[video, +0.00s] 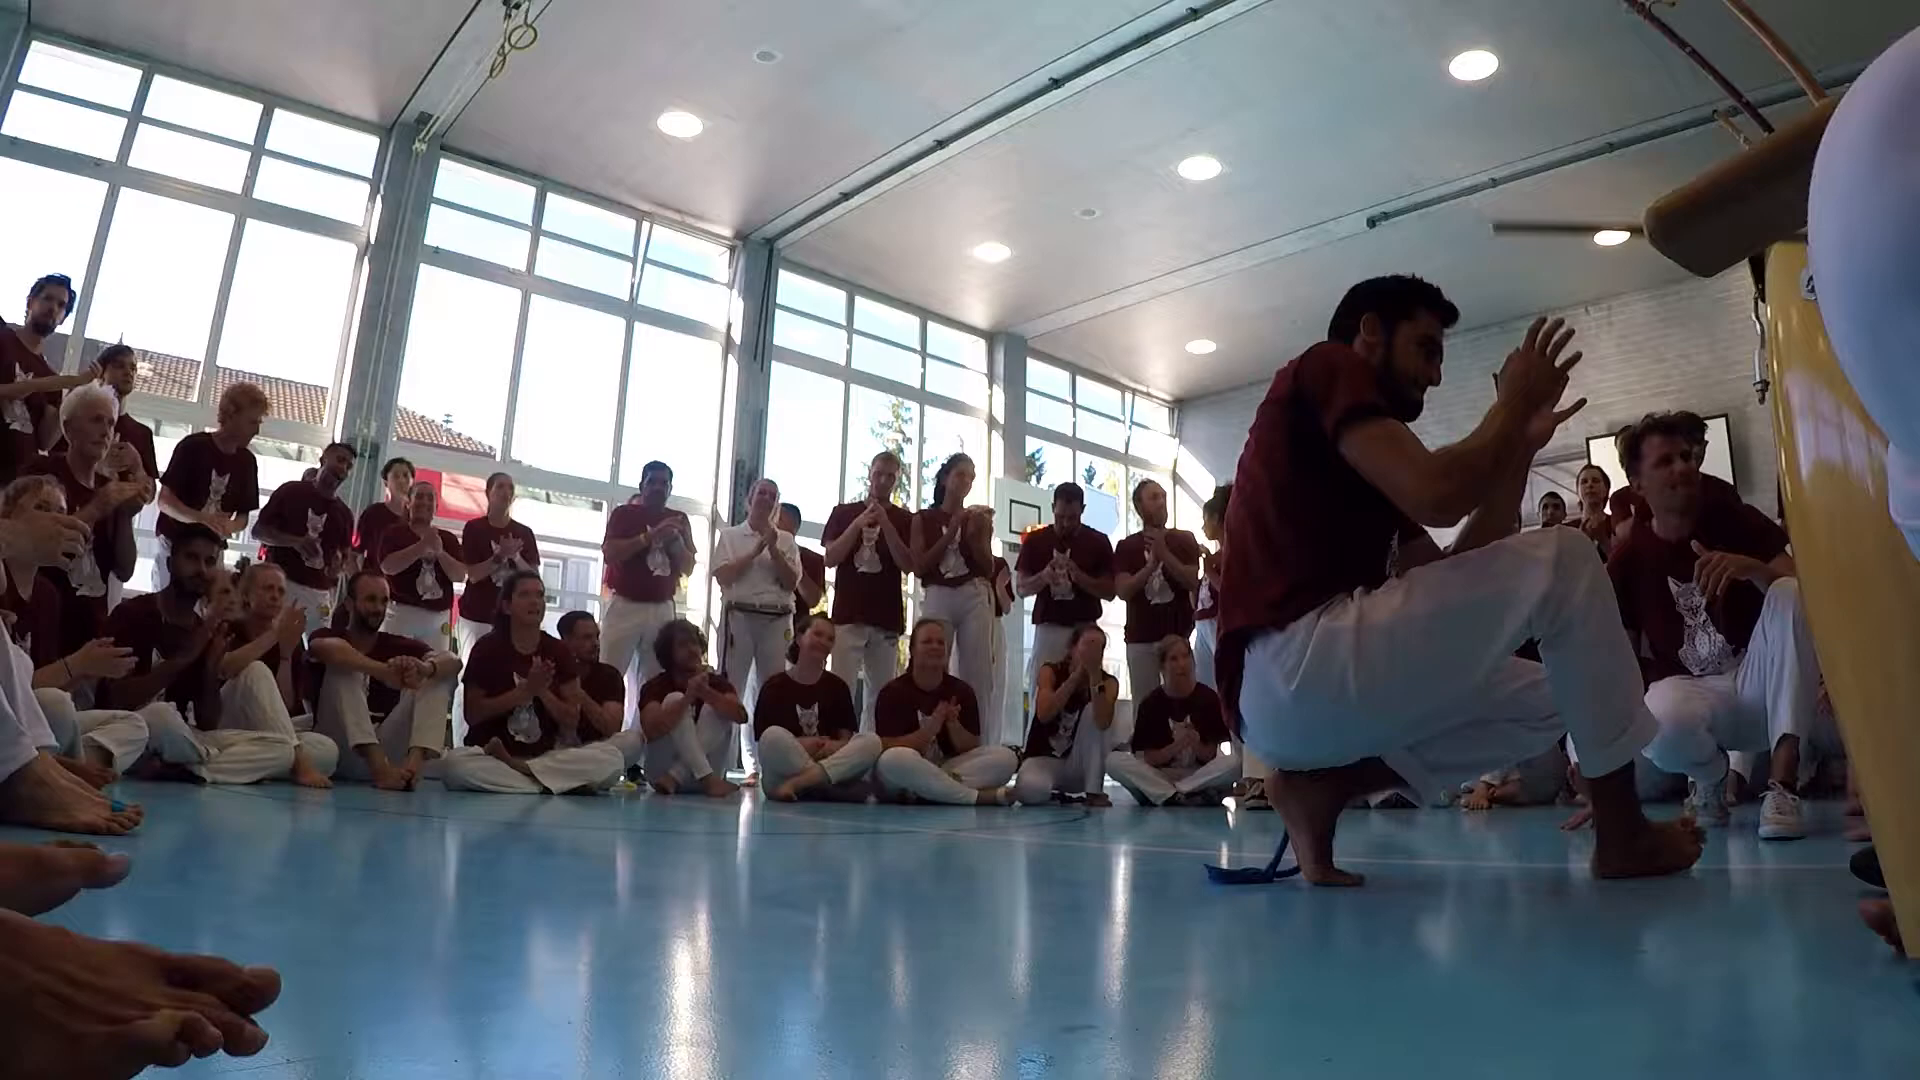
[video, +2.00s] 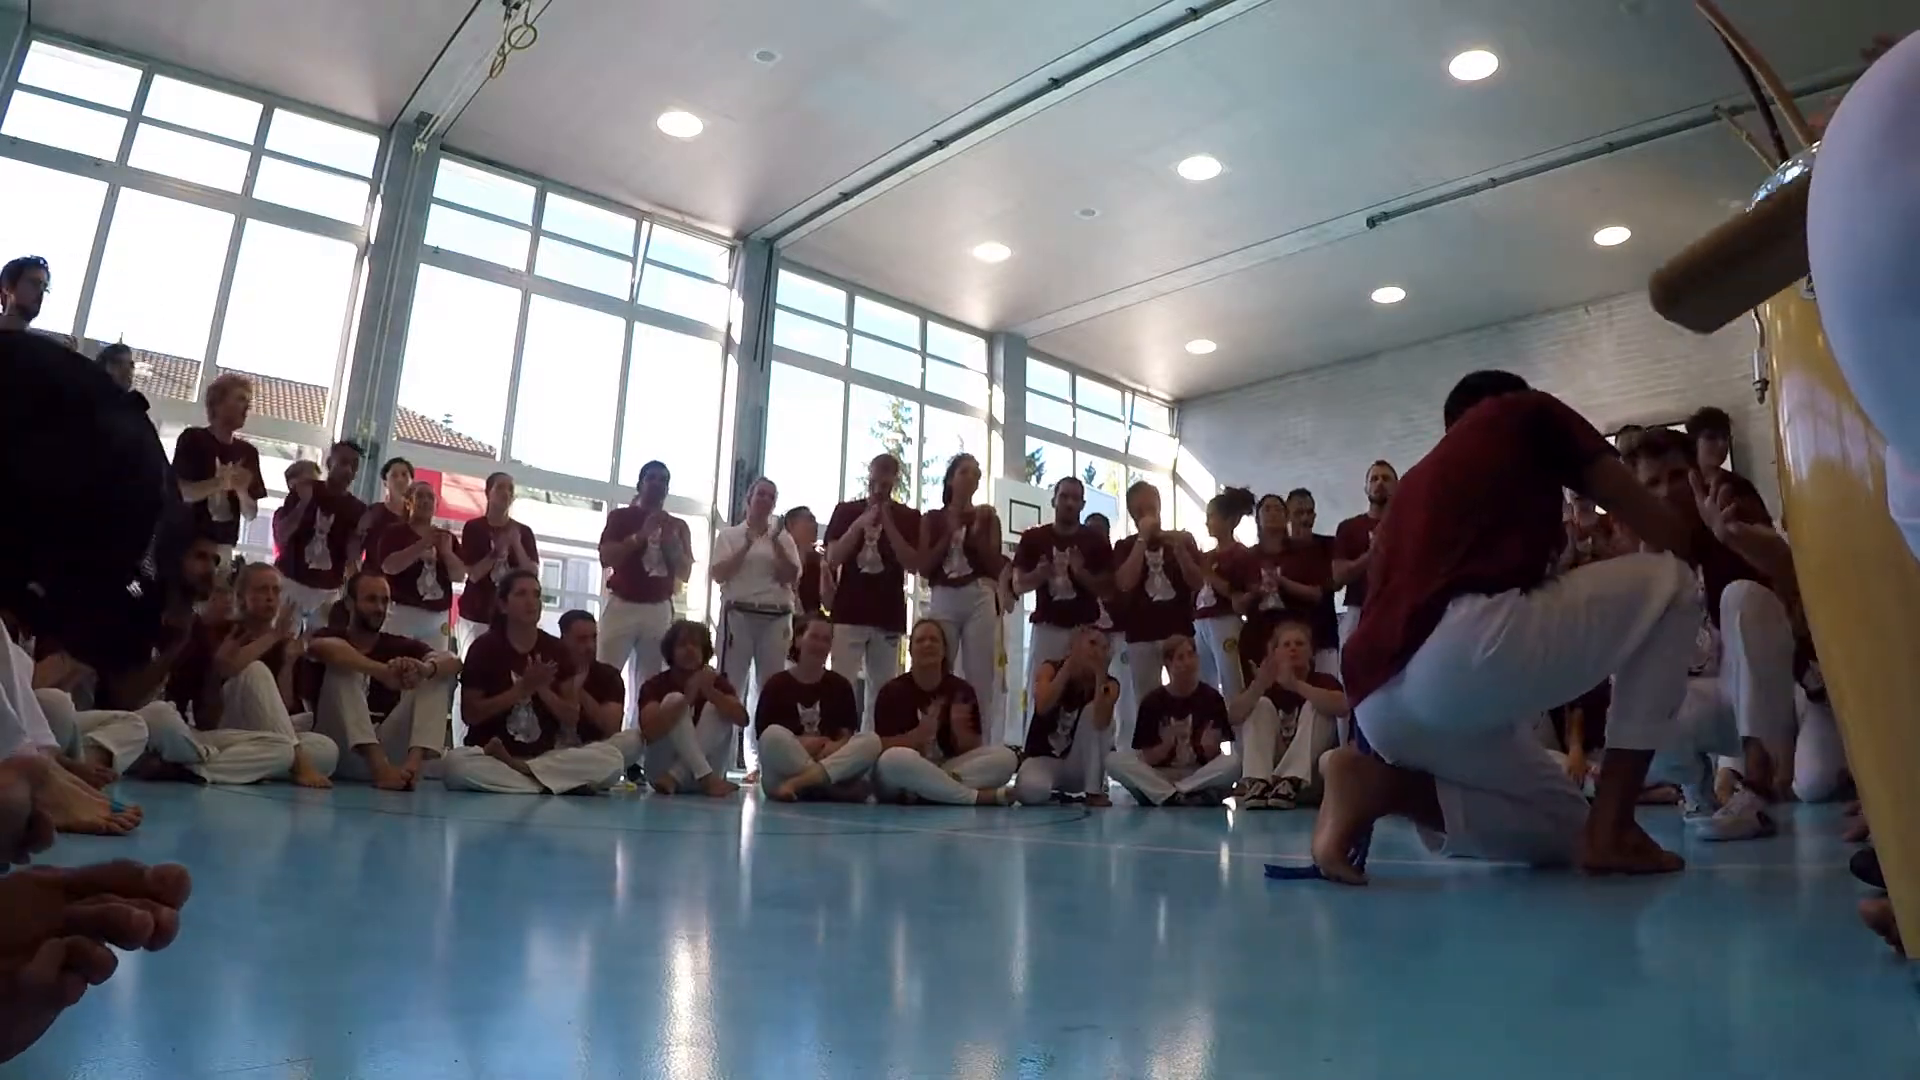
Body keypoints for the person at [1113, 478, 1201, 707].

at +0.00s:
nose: (1162, 501)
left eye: (1164, 496)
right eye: (1154, 497)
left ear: (1167, 501)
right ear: (1139, 506)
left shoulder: (1185, 540)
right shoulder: (1127, 546)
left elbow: (1191, 582)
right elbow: (1123, 591)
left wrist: (1164, 553)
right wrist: (1150, 565)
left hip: (1179, 636)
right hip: (1141, 639)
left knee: (1182, 704)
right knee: (1144, 708)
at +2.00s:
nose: (1150, 515)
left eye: (1154, 508)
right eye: (1142, 509)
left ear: (1161, 507)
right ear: (1131, 512)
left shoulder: (1183, 540)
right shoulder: (1124, 546)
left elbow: (1197, 582)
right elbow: (1125, 583)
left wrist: (1179, 549)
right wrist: (1142, 540)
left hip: (1179, 631)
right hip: (1141, 633)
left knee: (1185, 694)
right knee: (1145, 700)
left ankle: (1189, 753)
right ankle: (1145, 758)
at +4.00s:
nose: (1161, 504)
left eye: (1163, 498)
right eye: (1153, 498)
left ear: (1167, 502)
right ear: (1138, 505)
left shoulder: (1183, 540)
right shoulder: (1126, 544)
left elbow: (1194, 582)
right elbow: (1122, 591)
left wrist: (1176, 554)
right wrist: (1145, 562)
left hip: (1179, 634)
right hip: (1140, 637)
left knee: (1183, 702)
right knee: (1143, 704)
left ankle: (1187, 761)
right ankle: (1141, 762)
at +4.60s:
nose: (1170, 506)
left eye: (1172, 500)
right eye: (1161, 500)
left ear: (1176, 502)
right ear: (1145, 507)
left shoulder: (1193, 539)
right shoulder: (1133, 545)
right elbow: (1127, 590)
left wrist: (1177, 552)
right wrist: (1155, 565)